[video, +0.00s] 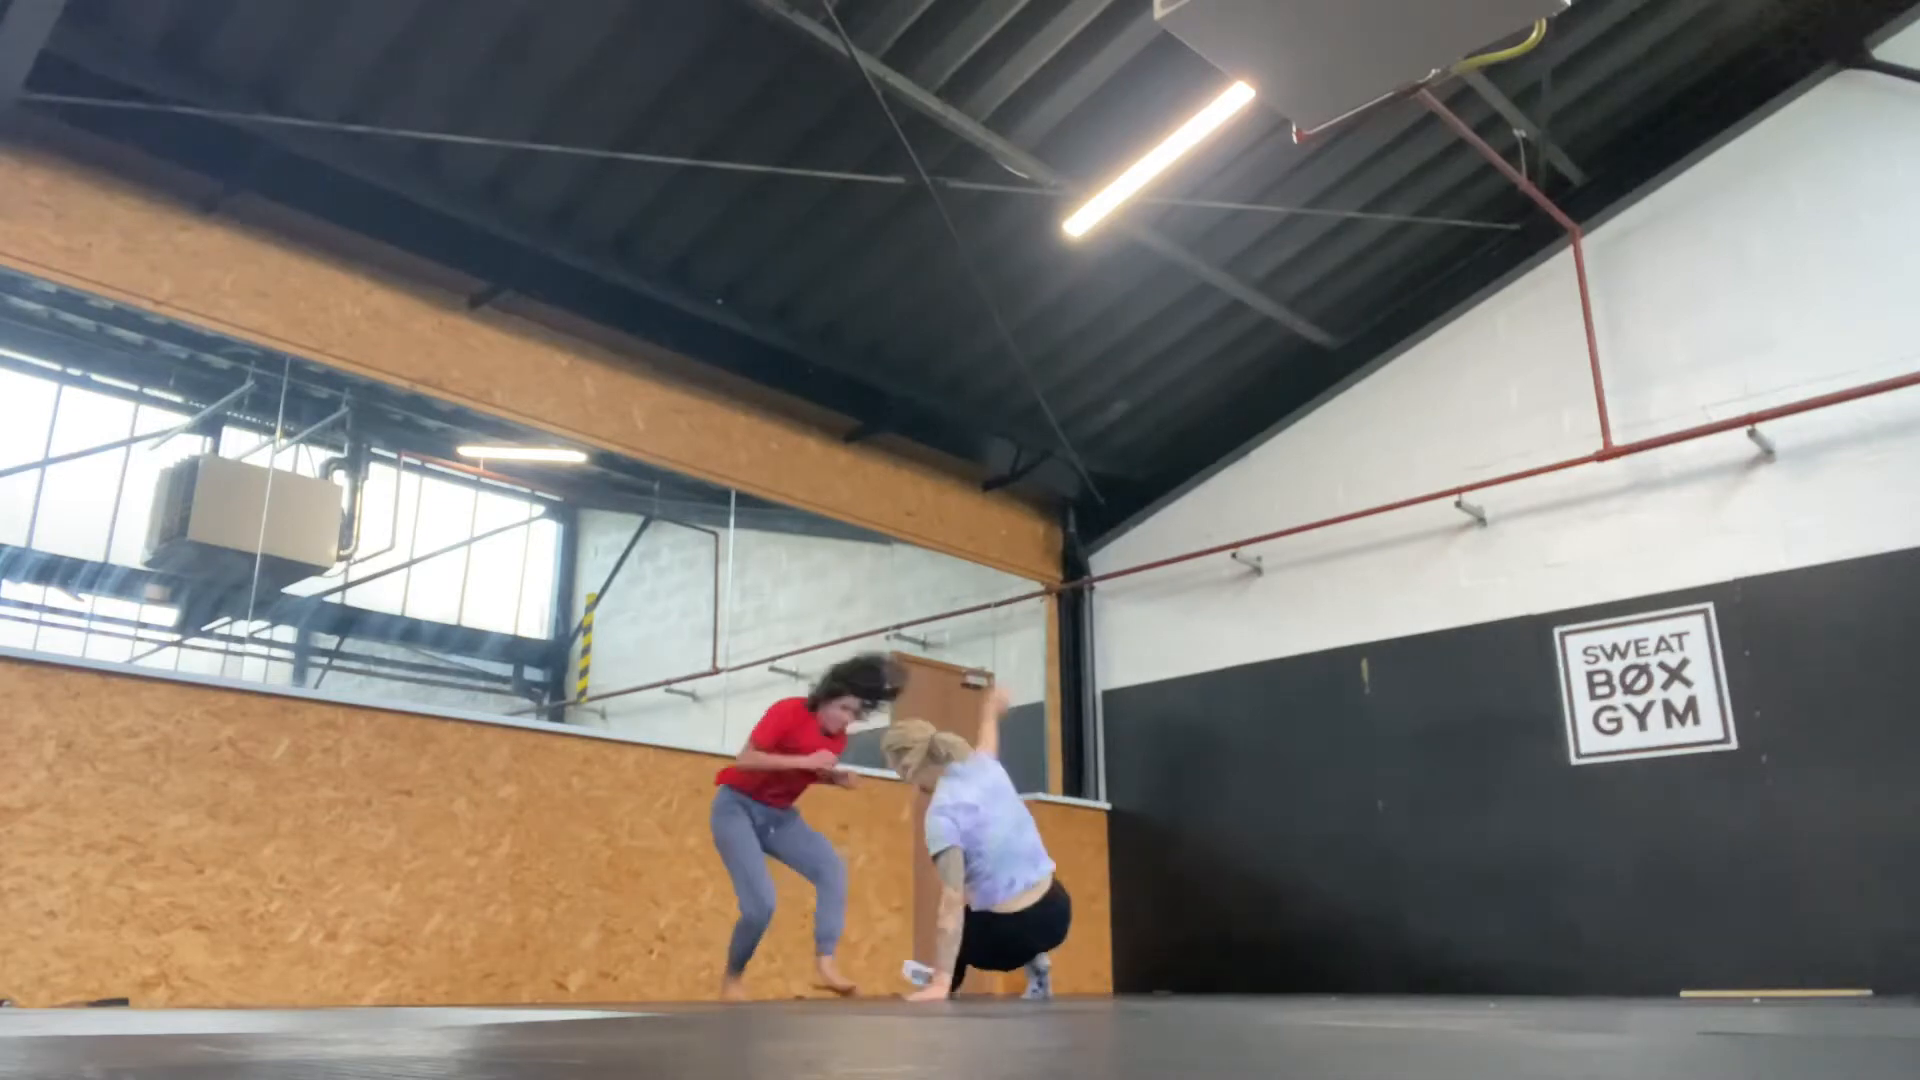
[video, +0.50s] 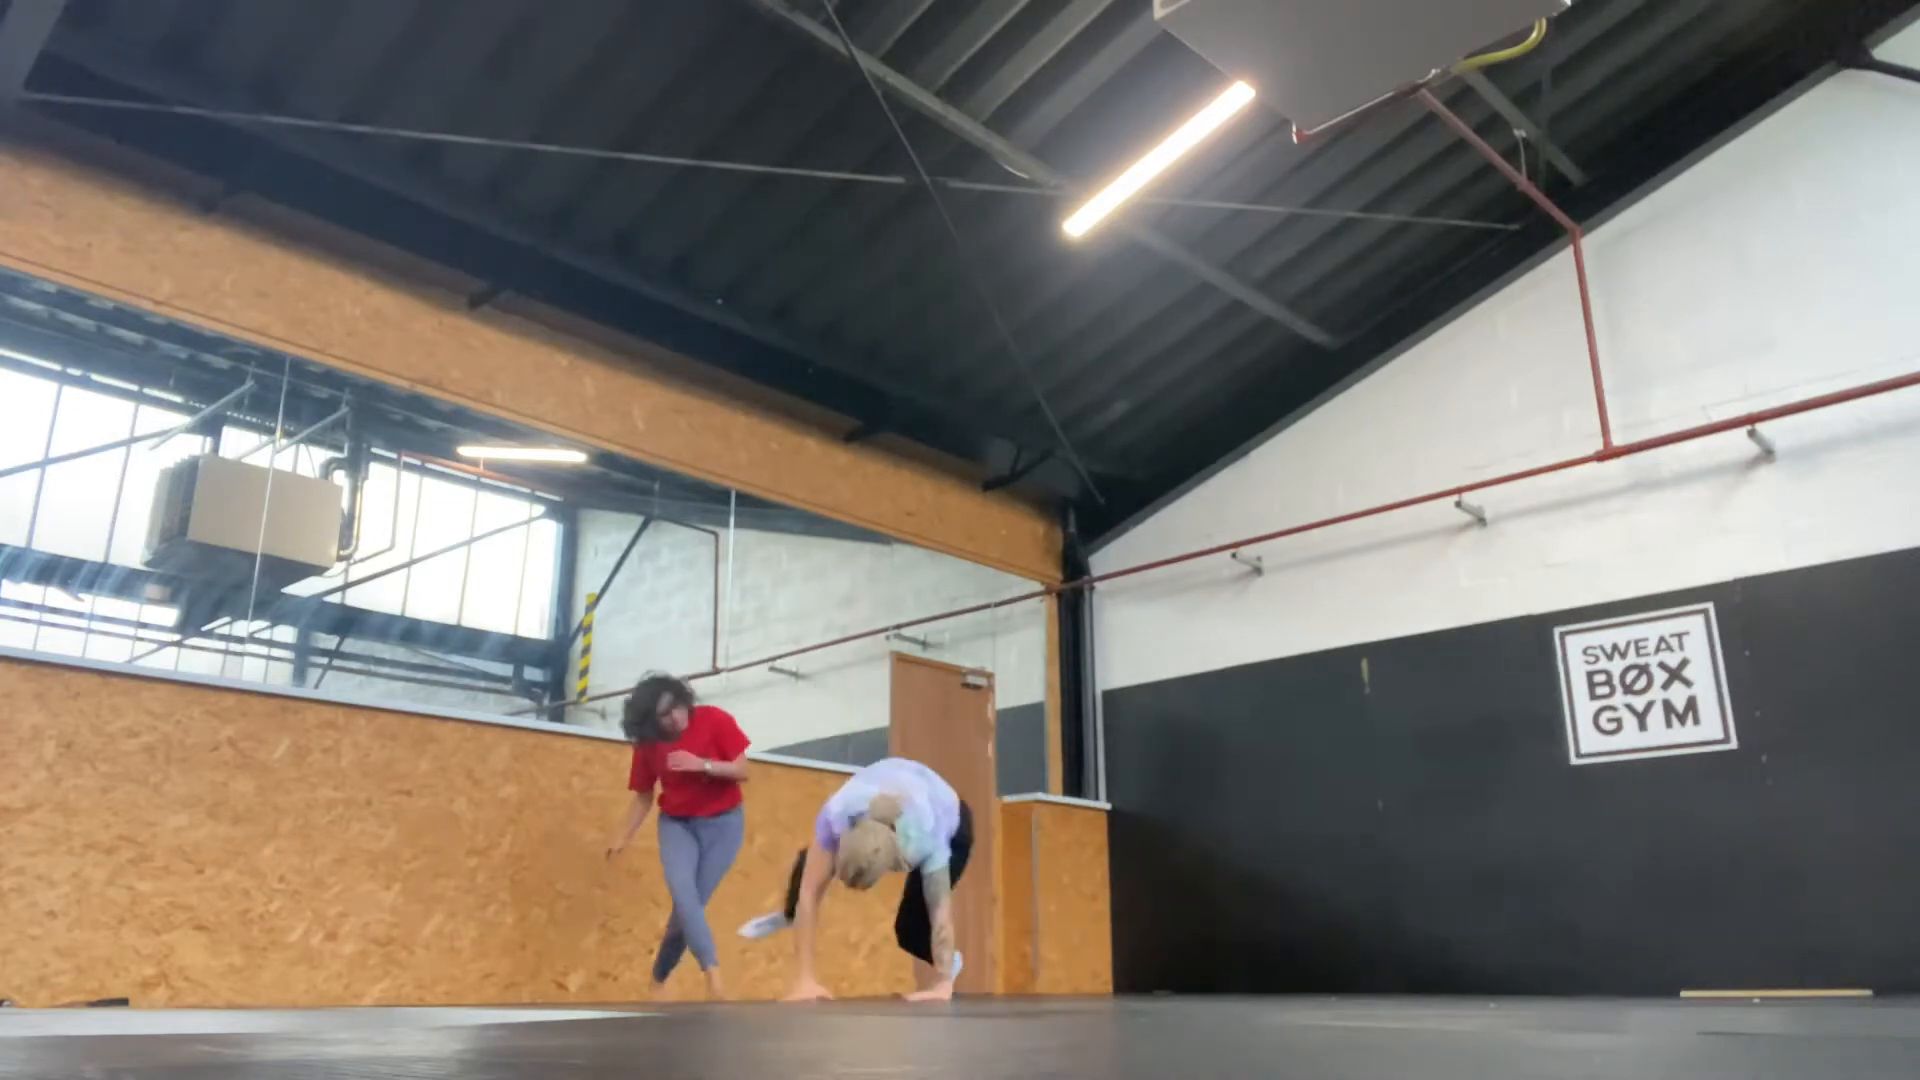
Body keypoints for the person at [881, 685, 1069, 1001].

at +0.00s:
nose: (908, 781)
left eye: (903, 773)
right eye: (902, 775)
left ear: (911, 768)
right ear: (938, 745)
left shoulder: (941, 814)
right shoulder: (984, 764)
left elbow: (952, 902)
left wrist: (940, 984)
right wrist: (991, 709)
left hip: (1005, 940)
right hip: (1056, 916)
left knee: (952, 926)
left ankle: (946, 989)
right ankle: (1038, 967)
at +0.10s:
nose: (878, 782)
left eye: (876, 773)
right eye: (873, 775)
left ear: (891, 764)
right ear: (905, 744)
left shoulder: (928, 815)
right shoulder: (947, 744)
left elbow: (945, 901)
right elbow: (917, 691)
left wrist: (942, 984)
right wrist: (891, 641)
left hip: (994, 927)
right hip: (1045, 899)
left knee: (950, 920)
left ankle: (958, 987)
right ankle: (1037, 951)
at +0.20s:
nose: (864, 794)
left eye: (862, 788)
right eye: (856, 790)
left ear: (875, 773)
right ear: (879, 752)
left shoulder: (919, 814)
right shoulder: (908, 742)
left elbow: (941, 900)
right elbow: (846, 696)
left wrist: (942, 982)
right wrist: (799, 677)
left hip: (994, 893)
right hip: (1028, 862)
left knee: (925, 908)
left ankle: (966, 983)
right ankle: (1031, 947)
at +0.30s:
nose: (843, 820)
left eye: (843, 814)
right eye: (835, 813)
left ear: (858, 808)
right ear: (848, 774)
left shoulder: (917, 820)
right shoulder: (867, 756)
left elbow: (938, 912)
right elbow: (800, 775)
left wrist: (940, 985)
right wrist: (773, 817)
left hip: (992, 861)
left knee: (913, 915)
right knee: (921, 883)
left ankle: (964, 981)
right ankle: (1015, 934)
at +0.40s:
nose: (840, 854)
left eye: (845, 849)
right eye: (831, 846)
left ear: (870, 833)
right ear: (834, 808)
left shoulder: (918, 830)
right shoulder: (843, 791)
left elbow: (940, 909)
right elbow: (798, 856)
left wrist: (944, 979)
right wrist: (792, 929)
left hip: (973, 839)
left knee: (908, 929)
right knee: (860, 870)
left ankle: (955, 967)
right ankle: (919, 903)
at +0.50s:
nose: (851, 887)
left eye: (862, 883)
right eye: (846, 879)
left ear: (888, 861)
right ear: (842, 846)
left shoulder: (926, 840)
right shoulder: (833, 818)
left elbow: (941, 913)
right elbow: (809, 895)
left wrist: (943, 981)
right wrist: (805, 978)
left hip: (947, 822)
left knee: (912, 929)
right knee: (809, 860)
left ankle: (946, 965)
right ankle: (789, 915)